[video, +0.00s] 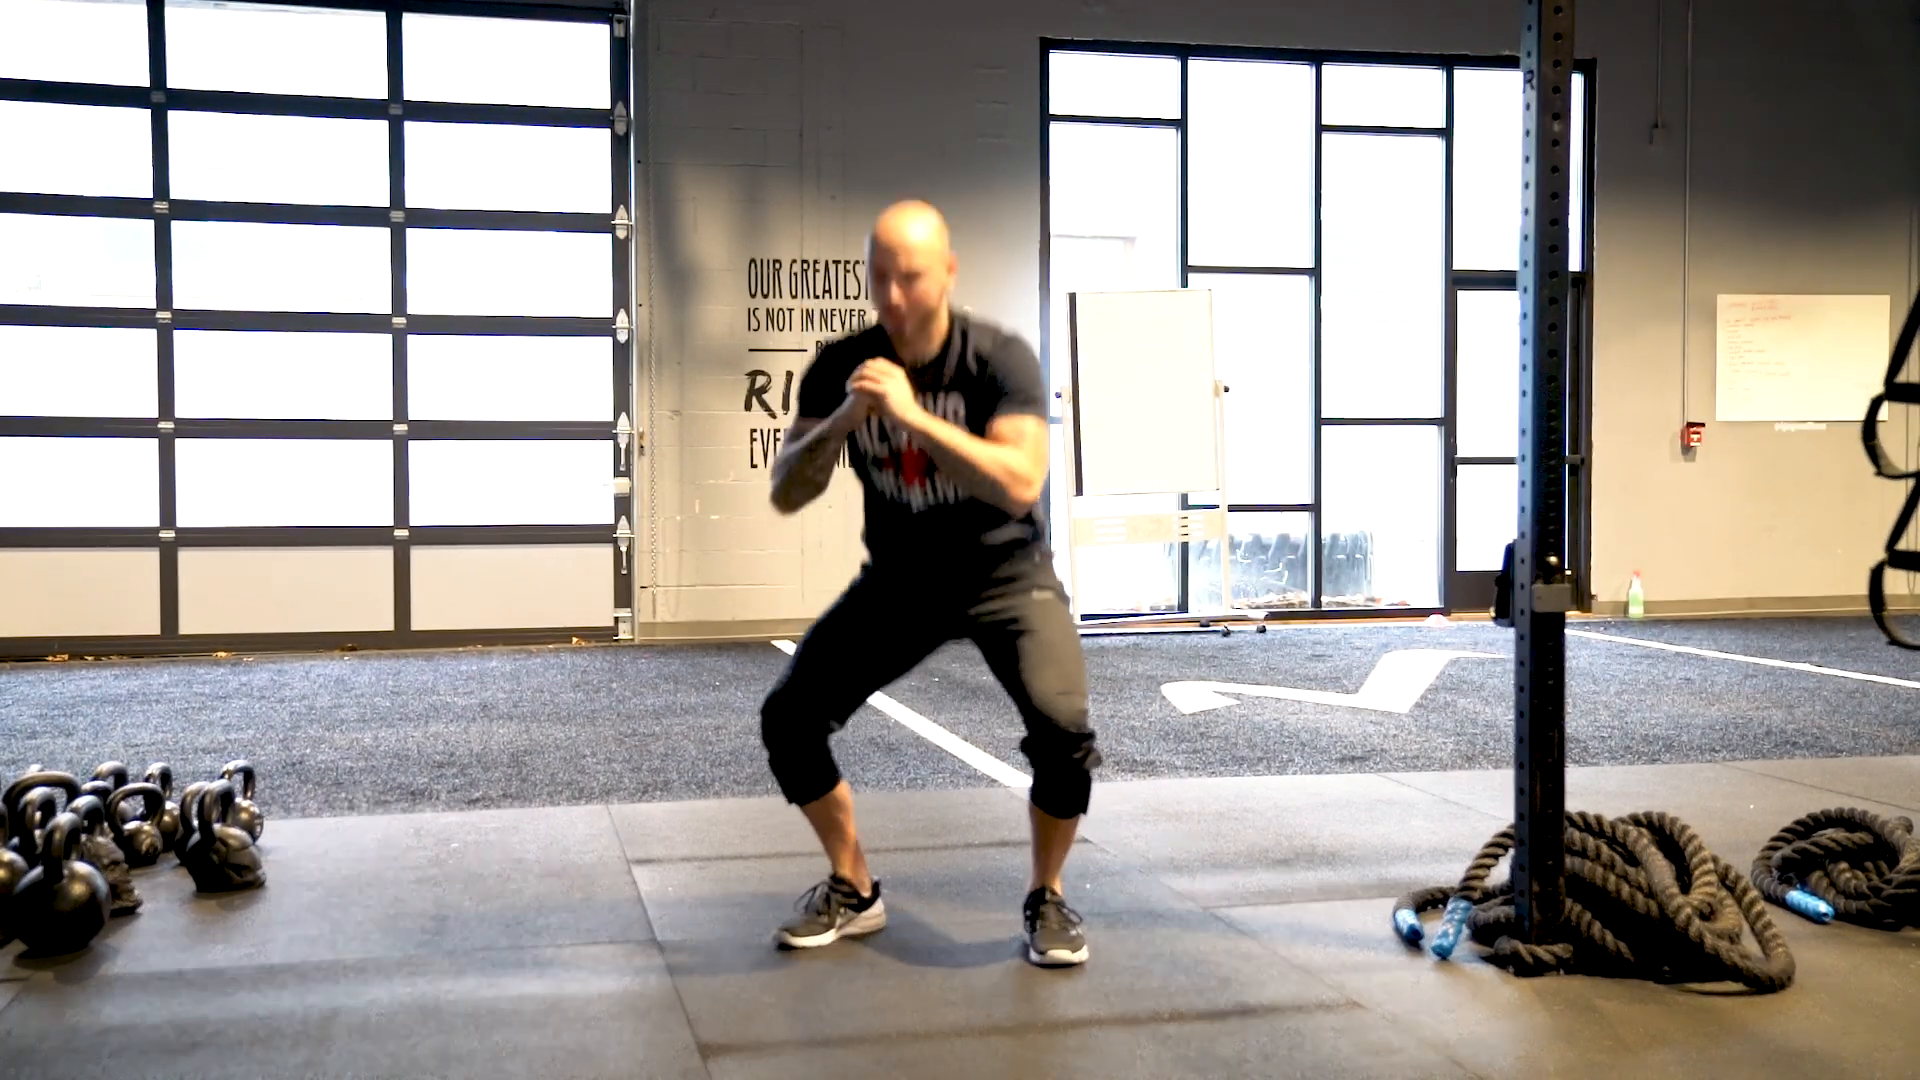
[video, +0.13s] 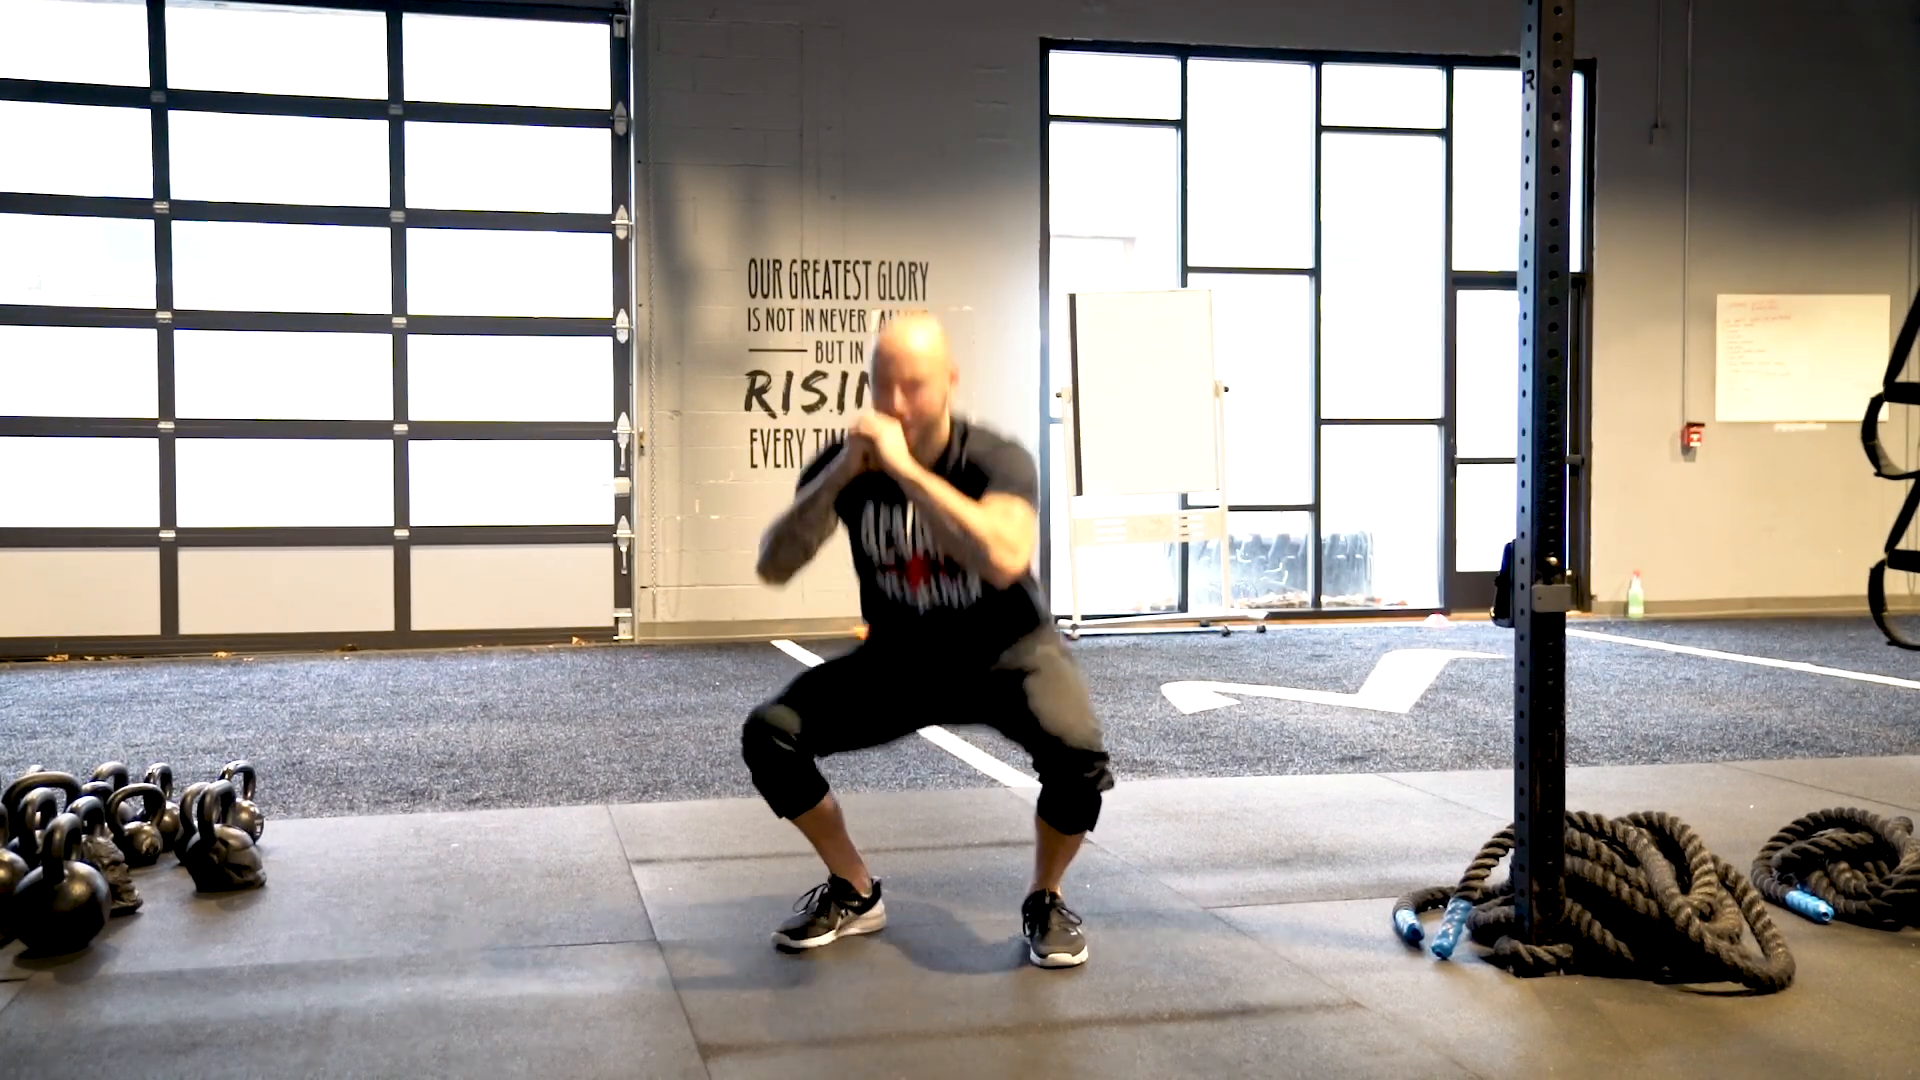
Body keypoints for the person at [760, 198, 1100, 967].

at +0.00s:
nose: (892, 298)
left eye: (910, 278)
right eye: (880, 278)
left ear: (949, 276)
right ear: (866, 278)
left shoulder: (1001, 358)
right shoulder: (838, 367)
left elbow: (1022, 483)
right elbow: (786, 495)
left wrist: (913, 415)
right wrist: (842, 421)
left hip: (1006, 575)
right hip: (901, 579)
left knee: (1064, 726)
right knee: (789, 720)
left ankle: (1046, 897)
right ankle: (852, 888)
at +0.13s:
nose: (894, 405)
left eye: (912, 387)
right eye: (882, 386)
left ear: (950, 384)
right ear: (867, 385)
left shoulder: (997, 460)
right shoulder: (847, 461)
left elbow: (1007, 557)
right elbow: (774, 565)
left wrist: (906, 472)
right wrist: (841, 476)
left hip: (1007, 657)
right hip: (900, 659)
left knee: (1080, 761)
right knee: (770, 738)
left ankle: (1046, 902)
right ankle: (854, 889)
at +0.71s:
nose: (897, 284)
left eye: (915, 267)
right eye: (885, 266)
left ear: (953, 265)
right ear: (870, 264)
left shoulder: (1012, 358)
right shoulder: (842, 361)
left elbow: (1055, 483)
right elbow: (819, 494)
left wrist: (950, 476)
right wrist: (868, 473)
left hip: (1008, 571)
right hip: (899, 570)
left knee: (1067, 731)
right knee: (791, 720)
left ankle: (1047, 897)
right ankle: (854, 888)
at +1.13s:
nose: (898, 397)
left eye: (917, 380)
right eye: (888, 379)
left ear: (956, 376)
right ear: (874, 376)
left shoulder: (1003, 453)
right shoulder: (852, 453)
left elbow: (1005, 549)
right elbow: (777, 557)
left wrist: (909, 463)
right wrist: (844, 465)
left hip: (1008, 653)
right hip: (903, 655)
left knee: (1084, 759)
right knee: (773, 737)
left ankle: (1046, 900)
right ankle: (854, 890)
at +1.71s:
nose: (905, 293)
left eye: (923, 276)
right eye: (894, 274)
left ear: (960, 276)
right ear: (879, 274)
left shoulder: (1013, 362)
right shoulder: (847, 369)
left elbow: (1043, 489)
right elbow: (807, 499)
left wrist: (929, 445)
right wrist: (857, 448)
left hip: (1014, 576)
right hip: (905, 575)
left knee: (1071, 731)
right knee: (792, 719)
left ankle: (1048, 897)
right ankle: (854, 889)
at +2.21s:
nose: (897, 404)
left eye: (915, 387)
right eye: (886, 386)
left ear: (953, 385)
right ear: (872, 383)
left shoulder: (1001, 460)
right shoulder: (851, 460)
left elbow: (1007, 557)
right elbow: (777, 563)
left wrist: (911, 468)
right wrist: (846, 472)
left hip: (1004, 656)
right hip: (902, 660)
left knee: (1085, 758)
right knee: (771, 738)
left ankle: (1046, 900)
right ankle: (854, 890)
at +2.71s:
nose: (902, 352)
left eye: (920, 332)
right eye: (890, 332)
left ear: (958, 329)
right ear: (876, 331)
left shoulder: (1010, 417)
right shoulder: (847, 418)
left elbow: (1037, 536)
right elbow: (793, 546)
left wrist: (927, 475)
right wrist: (852, 475)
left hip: (1010, 616)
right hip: (903, 615)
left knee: (1081, 744)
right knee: (777, 726)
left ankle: (1047, 898)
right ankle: (853, 887)